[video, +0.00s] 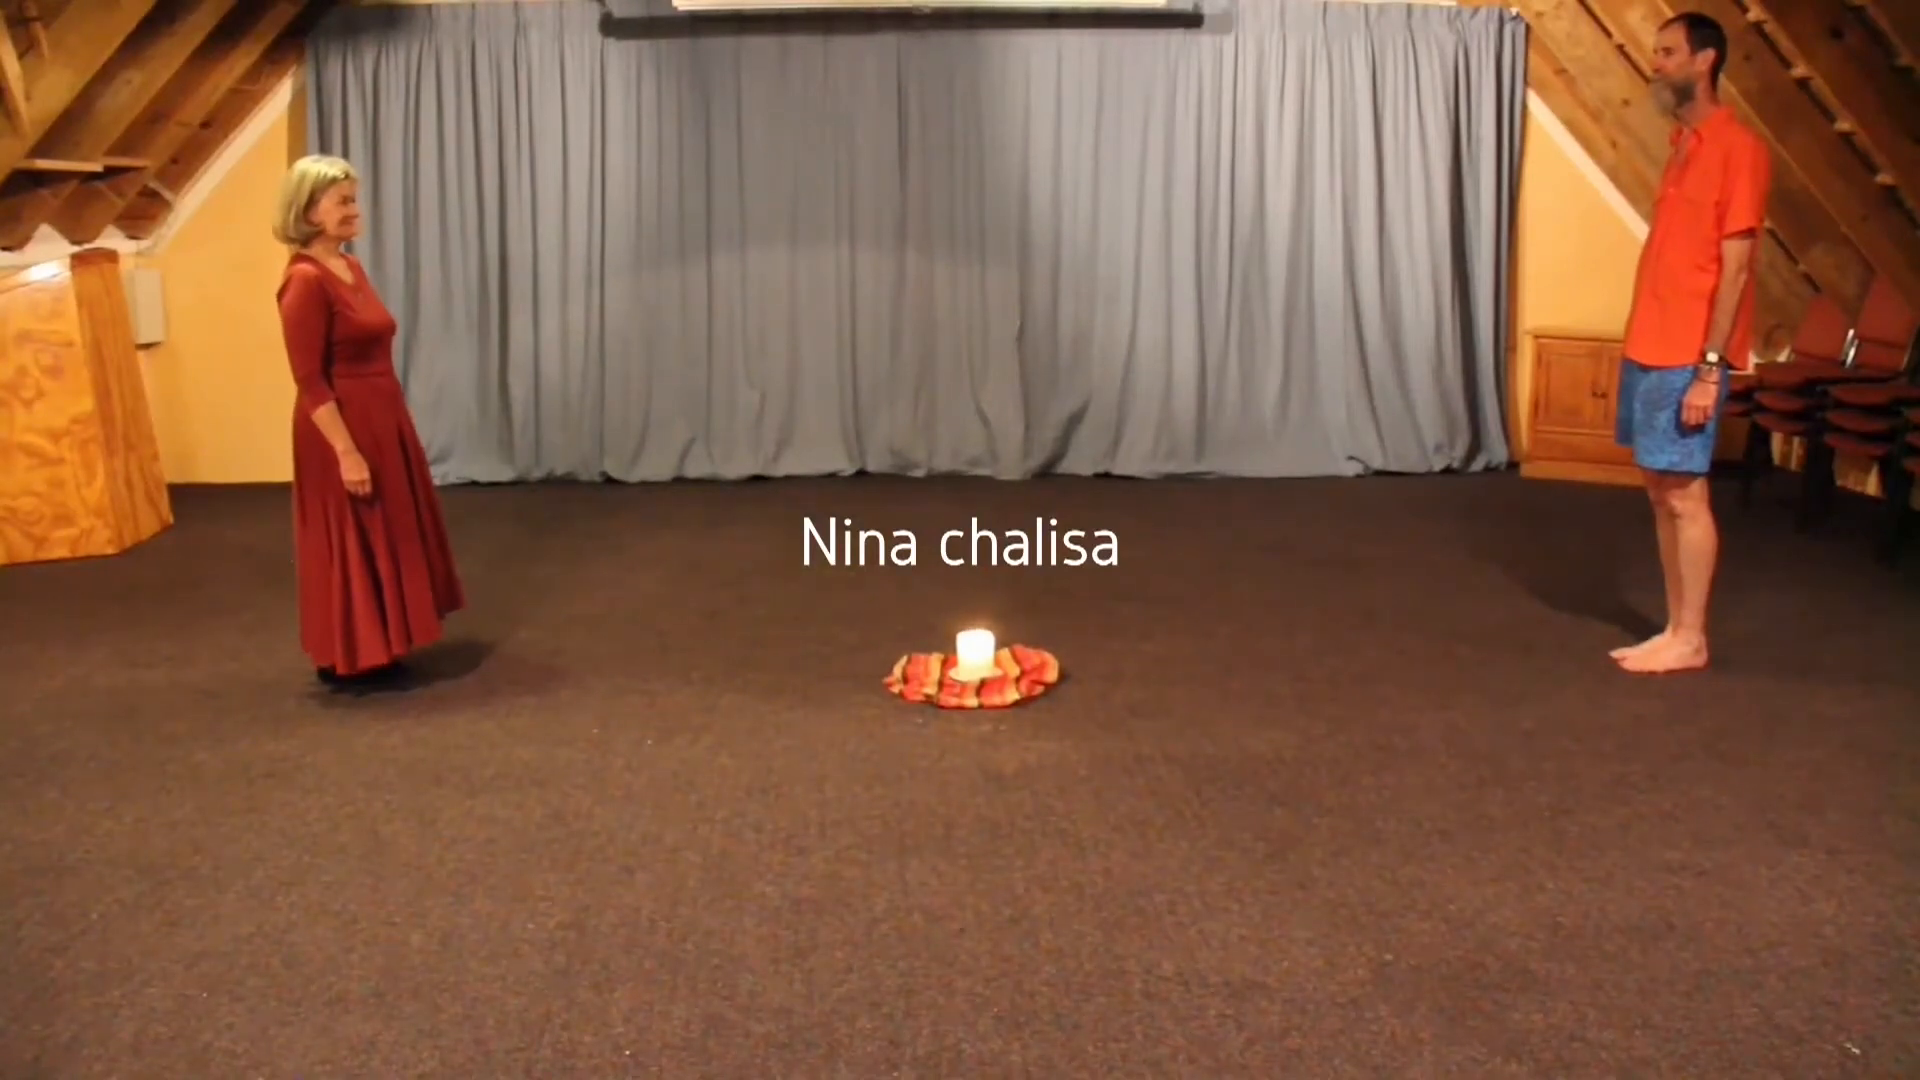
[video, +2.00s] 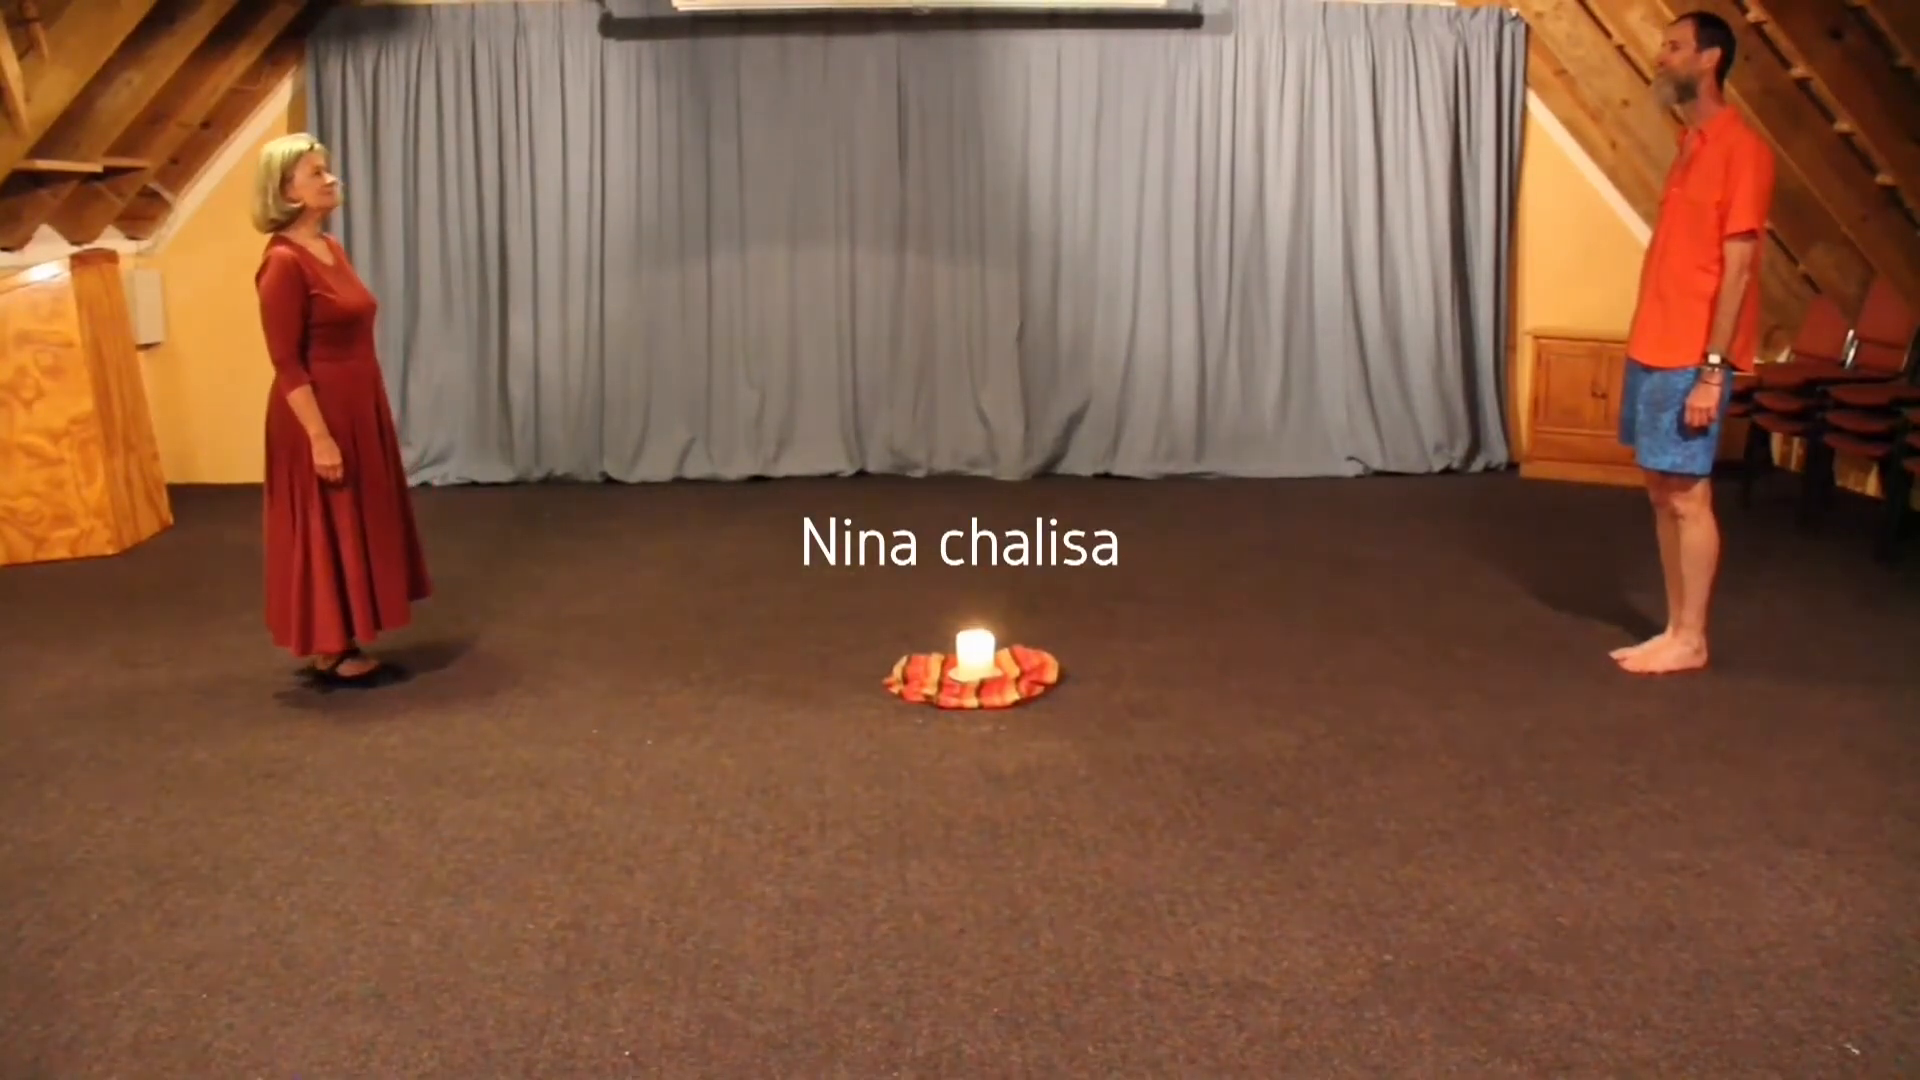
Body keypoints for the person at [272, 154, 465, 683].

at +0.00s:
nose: (353, 210)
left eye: (355, 200)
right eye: (341, 202)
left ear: (354, 207)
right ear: (310, 212)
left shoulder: (350, 266)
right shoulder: (303, 280)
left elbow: (367, 359)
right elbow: (308, 380)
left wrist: (393, 421)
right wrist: (346, 451)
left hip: (378, 418)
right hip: (338, 427)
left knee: (379, 532)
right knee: (347, 538)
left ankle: (380, 648)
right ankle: (347, 655)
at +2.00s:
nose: (332, 180)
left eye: (328, 171)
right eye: (319, 173)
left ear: (315, 187)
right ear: (289, 190)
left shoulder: (330, 247)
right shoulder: (282, 262)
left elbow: (349, 342)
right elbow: (286, 363)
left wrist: (372, 410)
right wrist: (319, 435)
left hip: (355, 405)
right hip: (317, 411)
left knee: (347, 522)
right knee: (323, 525)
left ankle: (339, 643)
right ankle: (328, 648)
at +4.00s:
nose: (331, 185)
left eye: (328, 175)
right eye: (318, 178)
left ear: (317, 187)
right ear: (288, 192)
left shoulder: (324, 248)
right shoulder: (276, 263)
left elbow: (340, 342)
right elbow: (276, 364)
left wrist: (362, 410)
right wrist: (307, 436)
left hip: (347, 403)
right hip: (309, 411)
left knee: (343, 520)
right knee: (317, 525)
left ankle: (340, 642)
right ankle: (326, 648)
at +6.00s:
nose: (360, 182)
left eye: (357, 172)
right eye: (347, 174)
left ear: (344, 185)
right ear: (317, 189)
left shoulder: (354, 247)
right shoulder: (308, 261)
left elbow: (368, 344)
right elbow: (305, 363)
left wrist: (390, 412)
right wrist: (323, 437)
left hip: (375, 407)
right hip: (338, 412)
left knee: (366, 522)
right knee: (339, 526)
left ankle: (355, 646)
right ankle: (337, 650)